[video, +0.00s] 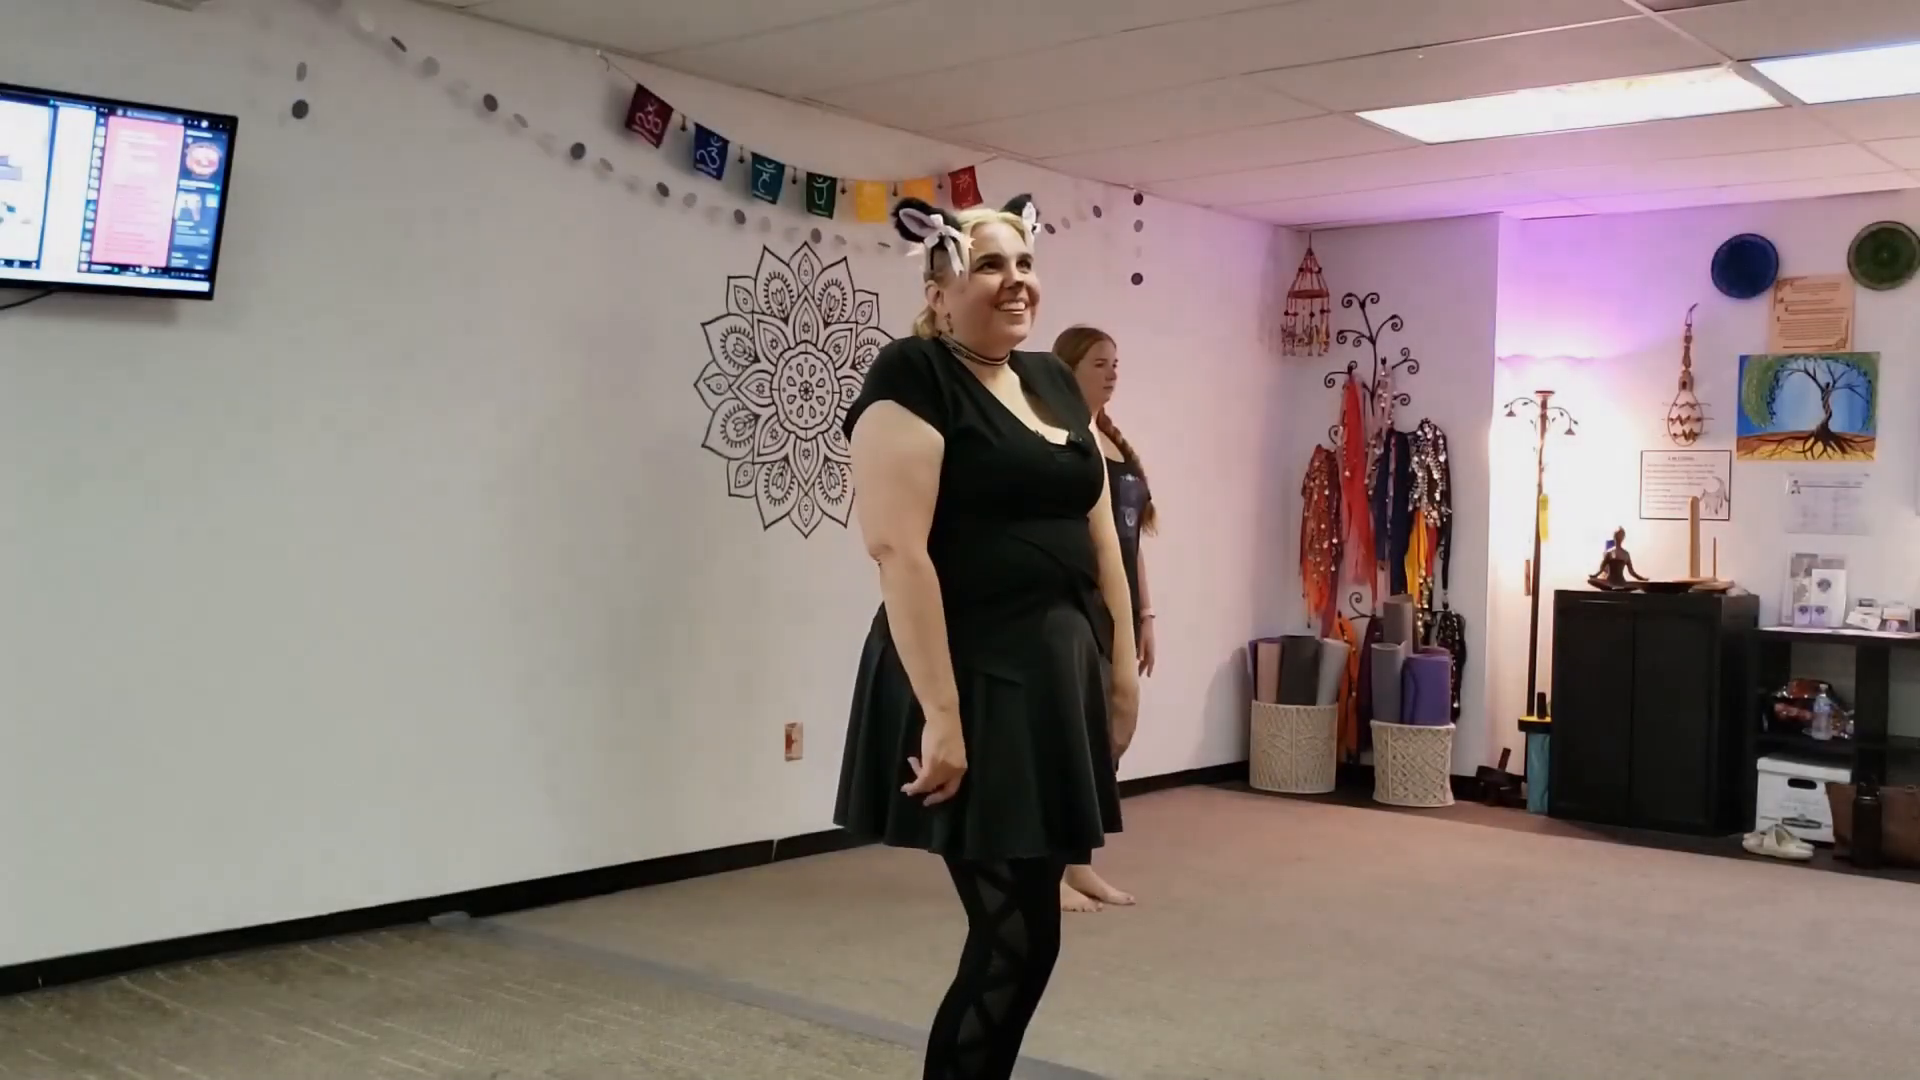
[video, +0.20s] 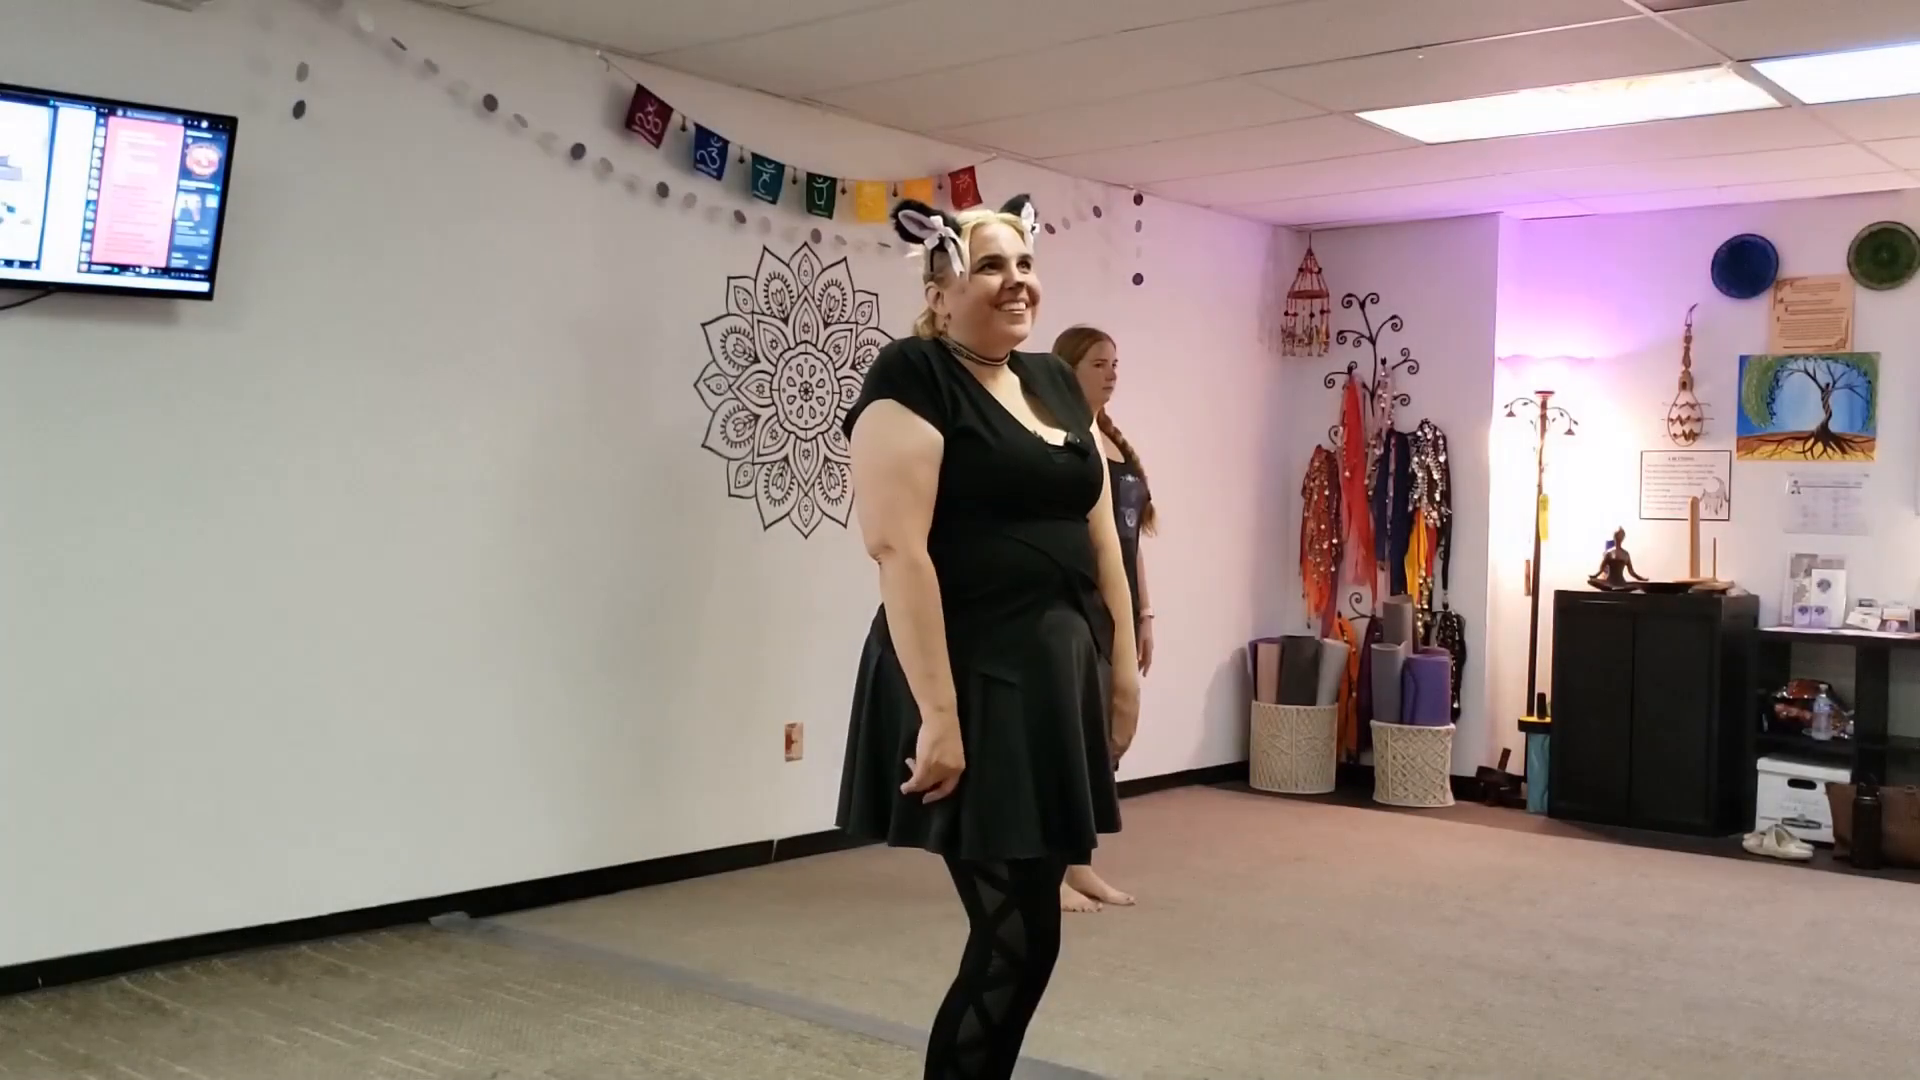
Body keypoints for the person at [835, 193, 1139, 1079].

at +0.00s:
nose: (1017, 280)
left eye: (1024, 264)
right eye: (990, 267)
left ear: (1035, 282)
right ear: (938, 295)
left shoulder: (1051, 380)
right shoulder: (910, 378)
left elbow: (1102, 528)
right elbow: (896, 552)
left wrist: (1124, 663)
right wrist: (939, 713)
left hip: (1058, 679)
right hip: (967, 688)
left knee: (1021, 935)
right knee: (1017, 940)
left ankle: (970, 1068)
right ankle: (956, 1071)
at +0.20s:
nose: (1018, 279)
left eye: (1024, 264)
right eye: (990, 268)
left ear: (1034, 281)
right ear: (939, 296)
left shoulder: (1052, 381)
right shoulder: (909, 379)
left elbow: (1101, 526)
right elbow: (895, 550)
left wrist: (1125, 665)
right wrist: (937, 715)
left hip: (1060, 677)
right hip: (968, 686)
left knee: (1021, 936)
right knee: (1017, 941)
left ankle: (972, 1068)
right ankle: (957, 1070)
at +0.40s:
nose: (1027, 284)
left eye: (1031, 269)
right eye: (1000, 270)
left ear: (1038, 282)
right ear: (941, 294)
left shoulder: (1052, 384)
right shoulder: (910, 377)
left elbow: (1104, 538)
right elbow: (896, 553)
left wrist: (1125, 681)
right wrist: (934, 719)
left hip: (1060, 682)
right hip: (967, 687)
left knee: (1020, 937)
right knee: (1018, 942)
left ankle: (969, 1068)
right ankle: (958, 1070)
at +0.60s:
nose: (1029, 288)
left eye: (1035, 272)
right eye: (1004, 272)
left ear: (1043, 284)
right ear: (945, 293)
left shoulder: (1052, 389)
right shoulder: (911, 380)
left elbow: (1103, 544)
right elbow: (893, 554)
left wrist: (1125, 684)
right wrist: (933, 719)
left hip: (1060, 683)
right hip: (966, 689)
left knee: (1024, 937)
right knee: (1023, 941)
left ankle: (973, 1075)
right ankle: (959, 1075)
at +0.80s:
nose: (1038, 290)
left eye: (1047, 274)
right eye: (1015, 273)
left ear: (1056, 281)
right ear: (956, 281)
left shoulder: (1067, 389)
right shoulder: (909, 384)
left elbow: (1108, 550)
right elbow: (855, 550)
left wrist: (1175, 664)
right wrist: (869, 711)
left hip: (1054, 675)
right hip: (951, 675)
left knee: (999, 919)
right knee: (1068, 909)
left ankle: (971, 1066)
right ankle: (987, 1065)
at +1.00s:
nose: (1055, 278)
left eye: (1066, 259)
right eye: (1031, 260)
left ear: (1079, 269)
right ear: (978, 270)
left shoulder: (1086, 387)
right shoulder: (932, 374)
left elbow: (1130, 552)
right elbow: (850, 533)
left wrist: (1271, 592)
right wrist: (797, 687)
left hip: (1060, 671)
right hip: (950, 668)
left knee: (992, 924)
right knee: (1065, 909)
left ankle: (966, 1076)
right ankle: (1067, 1072)